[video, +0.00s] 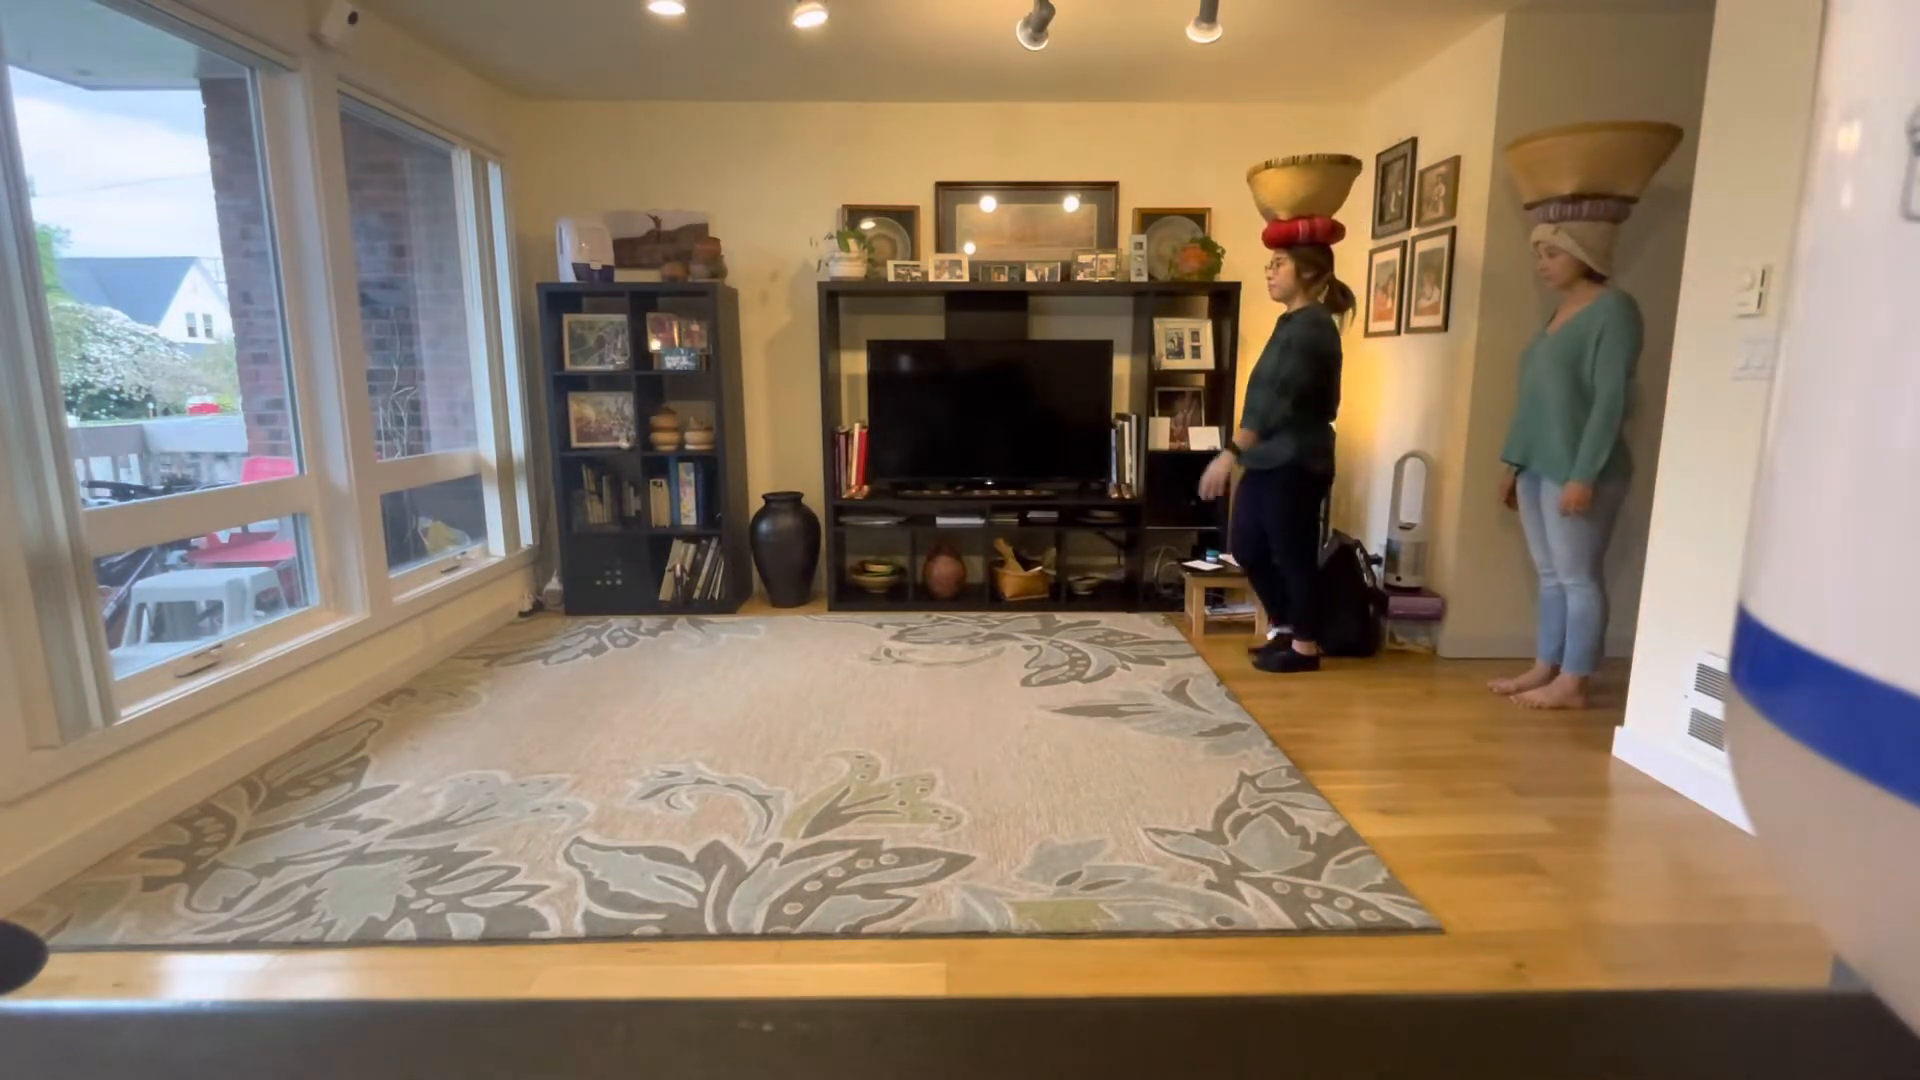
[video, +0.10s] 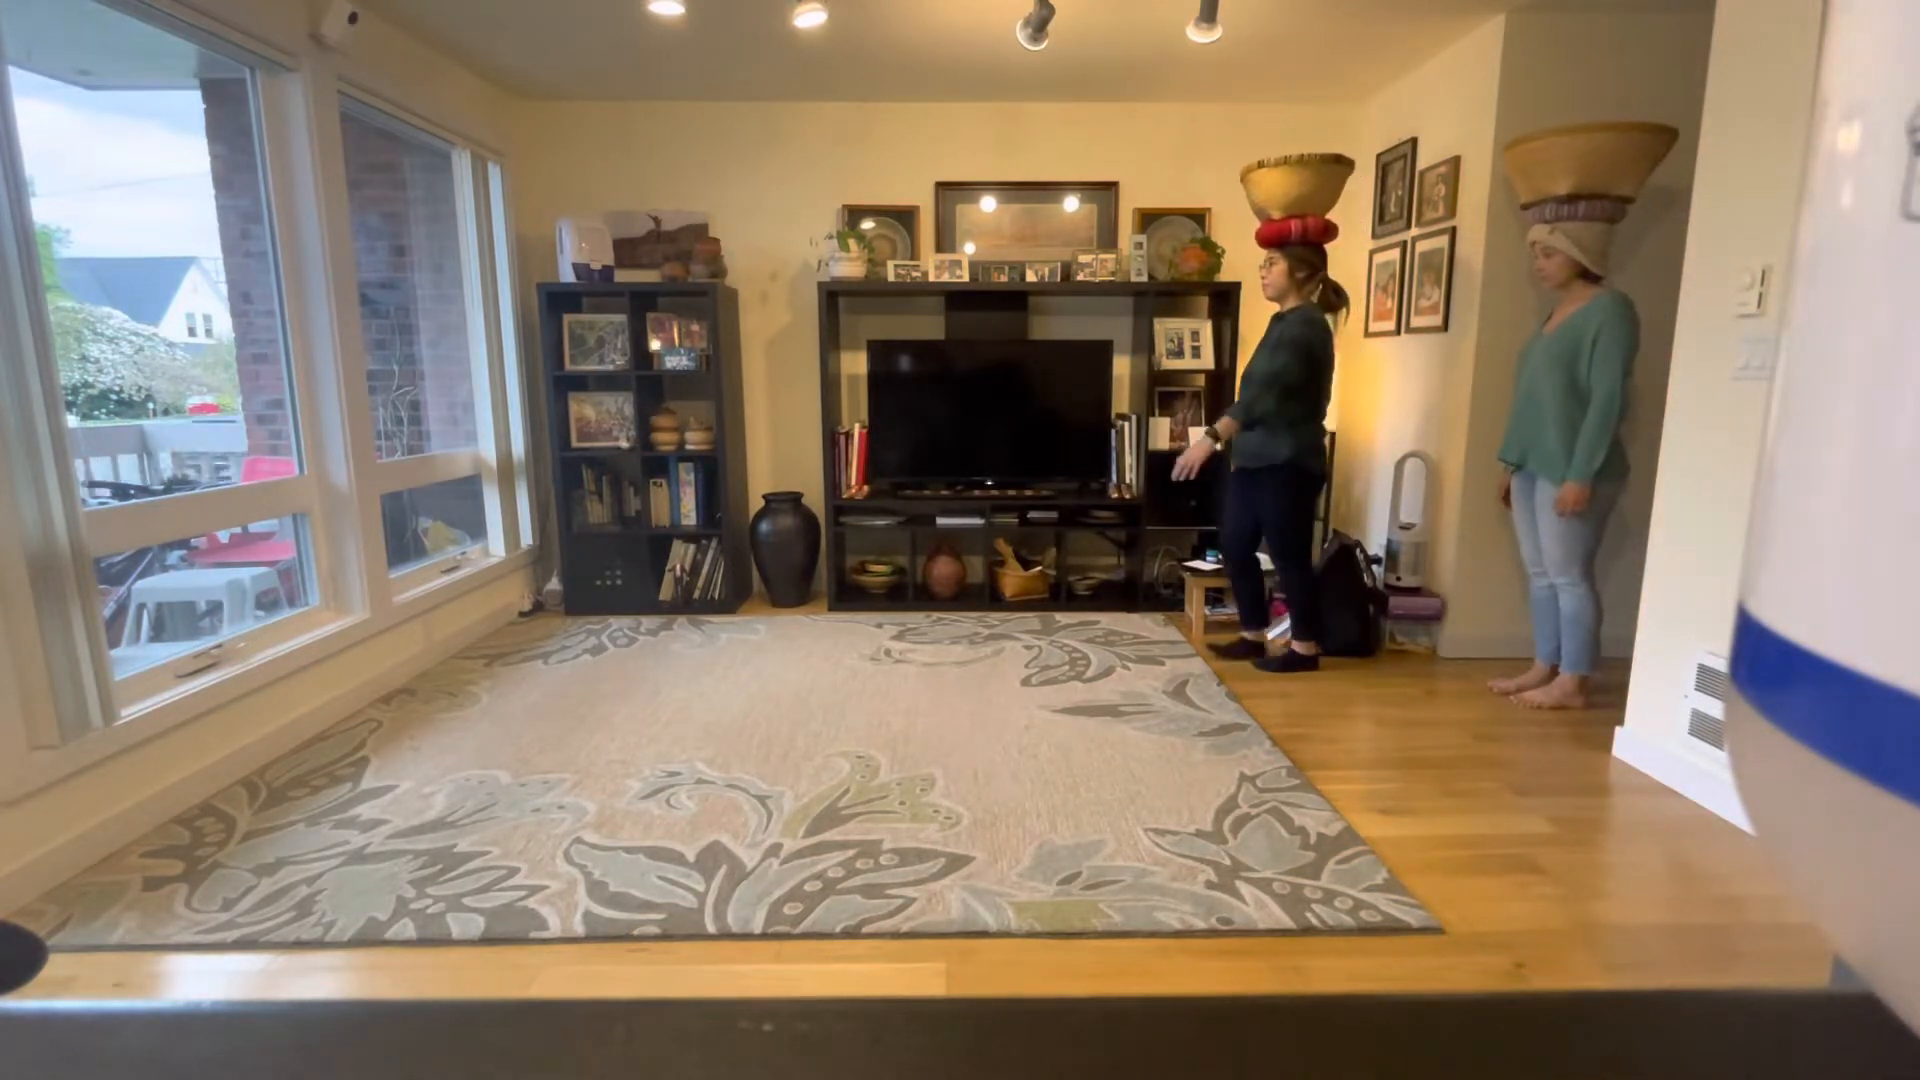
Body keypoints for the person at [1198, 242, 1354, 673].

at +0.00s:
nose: (1269, 273)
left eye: (1278, 265)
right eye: (1270, 265)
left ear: (1308, 274)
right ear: (1302, 275)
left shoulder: (1309, 327)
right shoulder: (1292, 324)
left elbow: (1277, 403)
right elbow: (1275, 403)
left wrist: (1230, 453)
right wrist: (1244, 454)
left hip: (1297, 460)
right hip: (1271, 459)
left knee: (1291, 550)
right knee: (1251, 547)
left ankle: (1305, 645)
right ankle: (1287, 629)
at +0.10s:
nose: (1262, 273)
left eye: (1271, 265)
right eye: (1263, 265)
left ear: (1300, 273)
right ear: (1296, 273)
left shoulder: (1300, 325)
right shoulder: (1288, 323)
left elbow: (1263, 394)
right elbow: (1267, 396)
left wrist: (1212, 437)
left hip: (1288, 460)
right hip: (1260, 459)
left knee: (1290, 554)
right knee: (1237, 546)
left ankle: (1304, 646)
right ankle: (1253, 636)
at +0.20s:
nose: (1255, 273)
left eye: (1264, 265)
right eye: (1257, 265)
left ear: (1293, 273)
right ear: (1286, 274)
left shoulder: (1295, 325)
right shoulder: (1275, 324)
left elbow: (1256, 392)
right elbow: (1251, 393)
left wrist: (1205, 433)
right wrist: (1217, 433)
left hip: (1281, 459)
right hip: (1245, 457)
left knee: (1282, 554)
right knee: (1232, 549)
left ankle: (1303, 645)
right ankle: (1236, 638)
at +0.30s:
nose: (1248, 275)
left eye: (1257, 266)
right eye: (1250, 266)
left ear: (1285, 275)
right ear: (1281, 276)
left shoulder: (1289, 328)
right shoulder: (1266, 326)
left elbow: (1260, 402)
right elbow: (1248, 400)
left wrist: (1207, 444)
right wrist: (1209, 436)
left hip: (1271, 460)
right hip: (1238, 457)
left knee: (1260, 553)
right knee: (1228, 550)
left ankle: (1299, 639)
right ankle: (1236, 638)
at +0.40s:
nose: (1240, 276)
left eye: (1249, 268)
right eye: (1243, 268)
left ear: (1277, 276)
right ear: (1268, 276)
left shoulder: (1284, 330)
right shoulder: (1255, 328)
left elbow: (1263, 407)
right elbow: (1241, 401)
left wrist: (1221, 459)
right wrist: (1215, 458)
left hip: (1264, 460)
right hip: (1241, 457)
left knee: (1231, 543)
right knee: (1224, 544)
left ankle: (1276, 628)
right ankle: (1237, 636)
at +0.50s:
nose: (1230, 277)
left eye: (1240, 268)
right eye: (1232, 268)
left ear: (1268, 275)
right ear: (1254, 274)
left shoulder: (1280, 332)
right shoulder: (1244, 328)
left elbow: (1270, 409)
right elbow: (1226, 402)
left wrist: (1251, 472)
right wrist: (1202, 456)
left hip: (1251, 460)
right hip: (1225, 457)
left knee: (1213, 542)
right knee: (1216, 545)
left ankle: (1229, 636)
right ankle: (1230, 634)